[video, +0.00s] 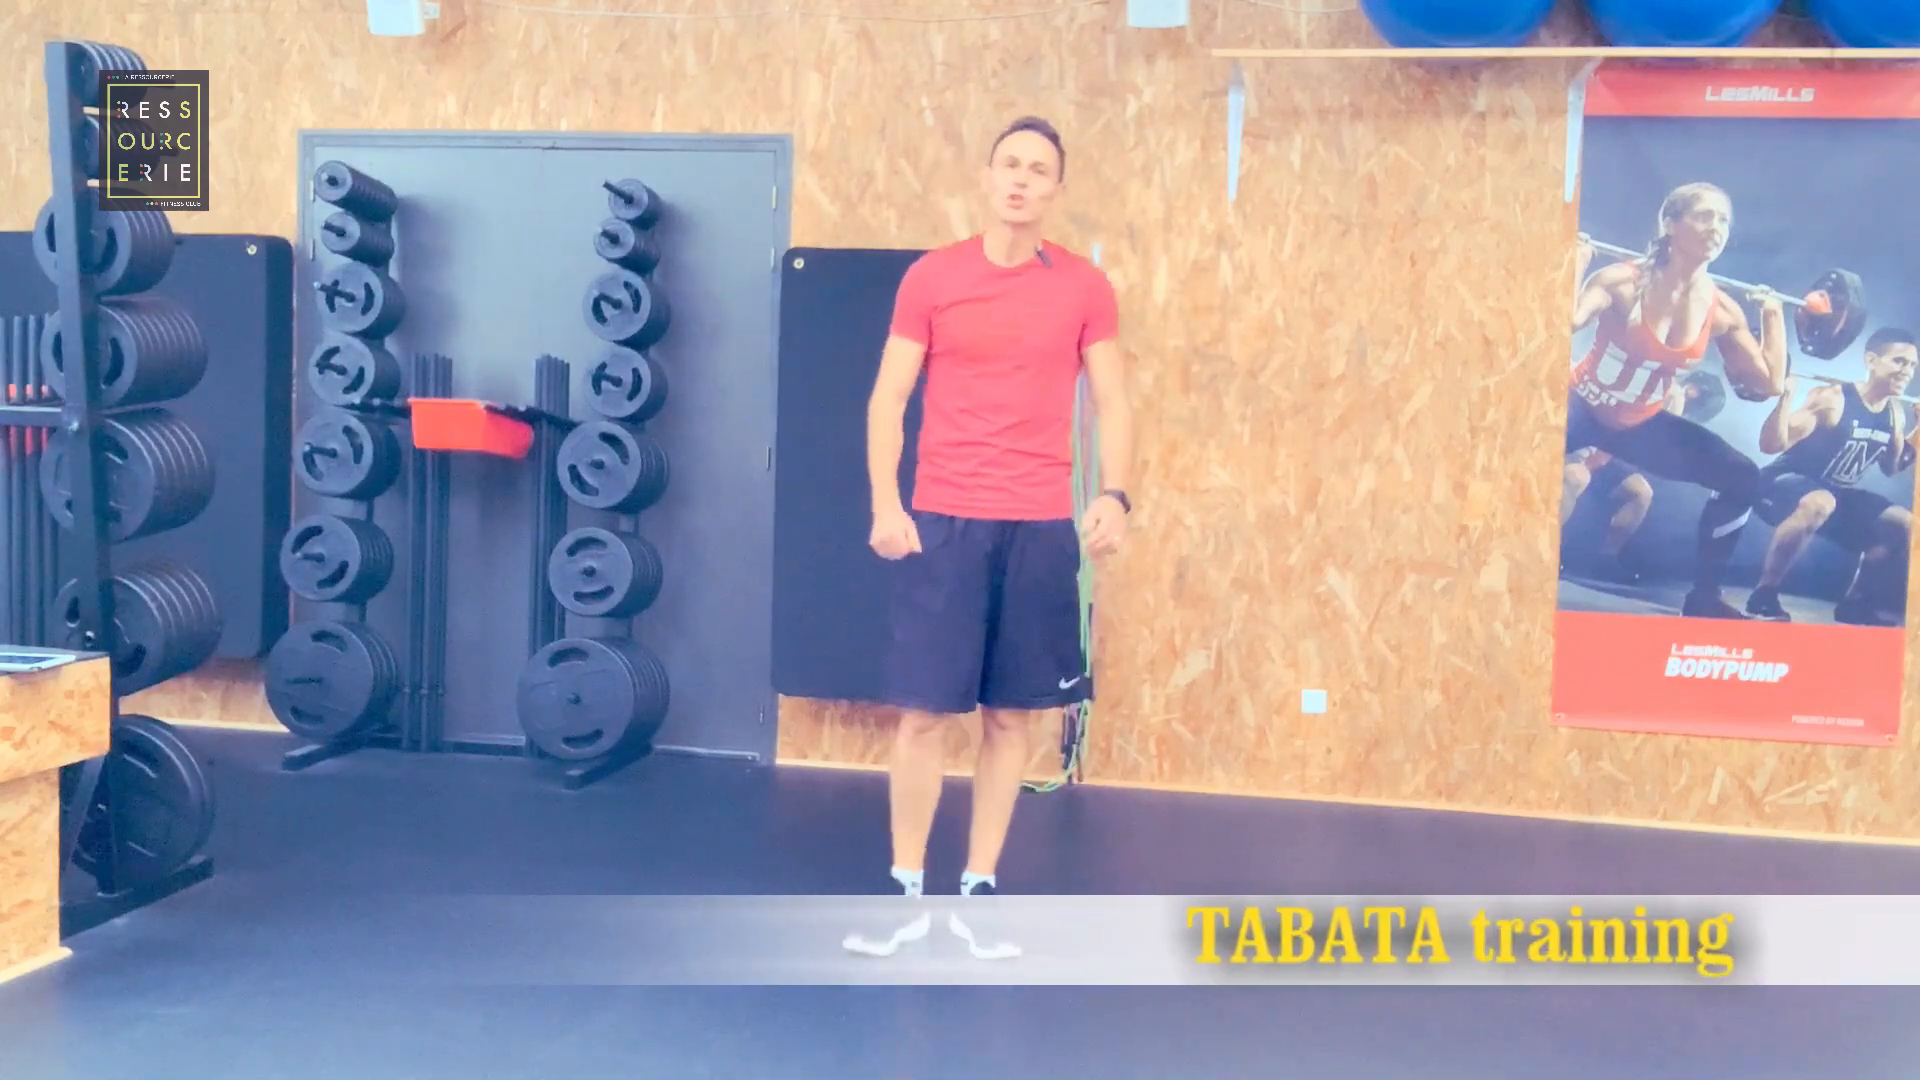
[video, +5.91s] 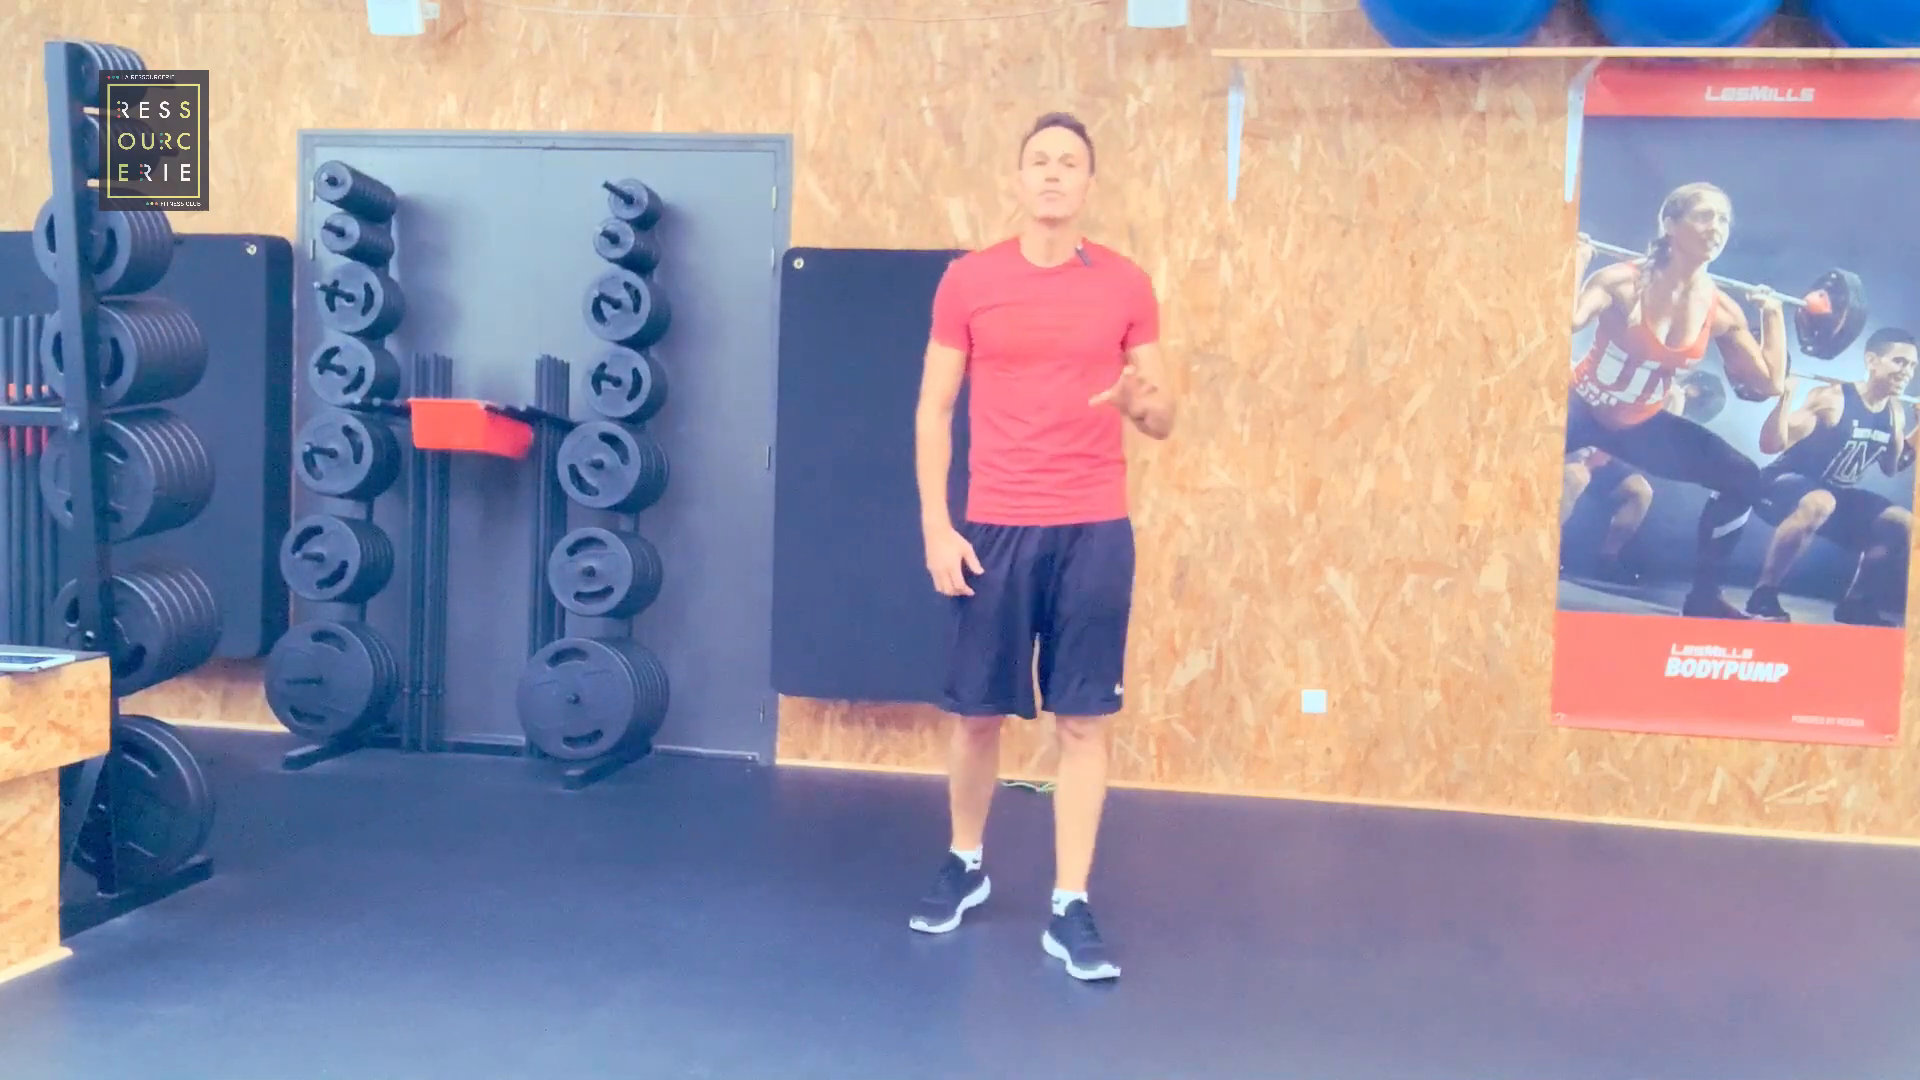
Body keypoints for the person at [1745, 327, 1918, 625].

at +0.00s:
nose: (1906, 371)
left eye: (1911, 365)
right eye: (1899, 361)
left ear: (1914, 371)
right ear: (1871, 361)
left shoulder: (1894, 412)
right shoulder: (1830, 398)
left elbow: (1892, 467)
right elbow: (1769, 444)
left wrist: (1912, 443)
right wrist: (1785, 395)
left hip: (1839, 495)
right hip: (1786, 481)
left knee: (1906, 525)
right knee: (1820, 502)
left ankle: (1854, 604)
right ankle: (1764, 596)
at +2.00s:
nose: (1906, 371)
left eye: (1911, 365)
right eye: (1899, 361)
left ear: (1914, 371)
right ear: (1871, 361)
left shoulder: (1893, 412)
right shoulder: (1831, 398)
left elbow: (1891, 467)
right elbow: (1769, 444)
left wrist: (1910, 446)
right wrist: (1785, 396)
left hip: (1839, 495)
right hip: (1785, 482)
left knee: (1905, 524)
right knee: (1821, 502)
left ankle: (1854, 604)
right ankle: (1763, 596)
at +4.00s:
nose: (1906, 372)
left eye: (1911, 365)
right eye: (1899, 361)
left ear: (1913, 371)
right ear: (1872, 361)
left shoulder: (1894, 411)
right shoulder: (1831, 397)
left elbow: (1890, 466)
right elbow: (1768, 444)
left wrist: (1910, 444)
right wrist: (1784, 398)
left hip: (1838, 494)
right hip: (1785, 481)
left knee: (1904, 524)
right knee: (1821, 502)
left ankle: (1854, 605)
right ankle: (1763, 595)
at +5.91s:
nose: (1906, 372)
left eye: (1911, 365)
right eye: (1899, 361)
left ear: (1913, 371)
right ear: (1872, 361)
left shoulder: (1894, 411)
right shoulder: (1831, 397)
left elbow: (1891, 466)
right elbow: (1769, 444)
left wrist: (1913, 438)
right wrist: (1785, 396)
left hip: (1839, 495)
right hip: (1785, 482)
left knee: (1904, 524)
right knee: (1821, 502)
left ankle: (1855, 604)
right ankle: (1763, 595)